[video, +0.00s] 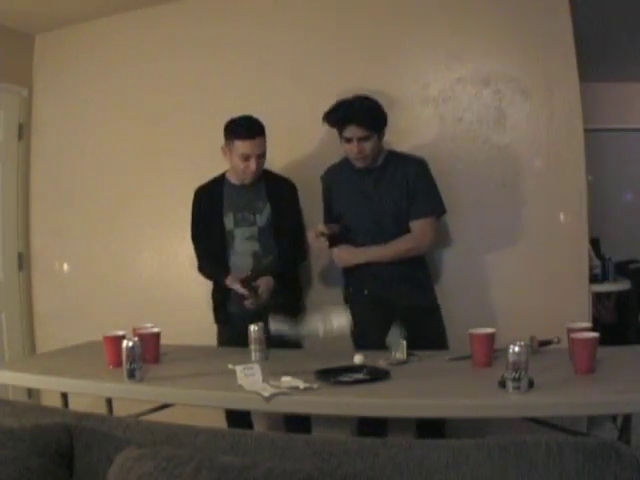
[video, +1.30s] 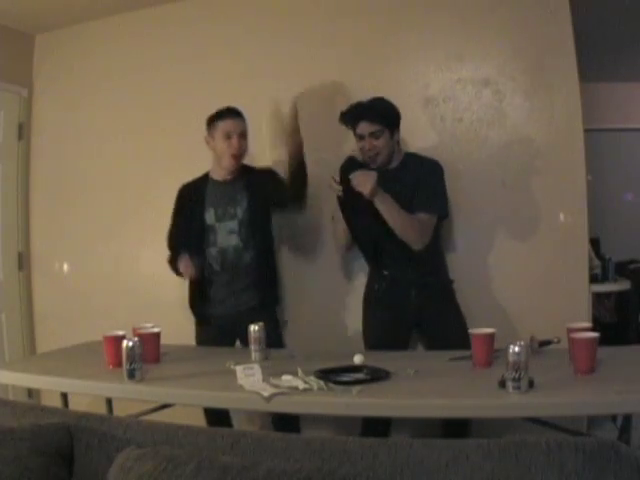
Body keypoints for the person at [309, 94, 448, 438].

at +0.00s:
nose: (356, 149)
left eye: (364, 140)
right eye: (348, 140)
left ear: (380, 135)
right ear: (340, 138)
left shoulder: (412, 170)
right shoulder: (334, 178)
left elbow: (424, 239)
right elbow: (338, 231)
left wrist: (359, 255)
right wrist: (326, 235)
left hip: (413, 292)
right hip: (365, 295)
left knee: (431, 379)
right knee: (368, 385)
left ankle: (433, 468)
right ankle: (369, 469)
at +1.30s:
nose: (367, 146)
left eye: (376, 136)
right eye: (360, 138)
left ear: (395, 134)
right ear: (354, 139)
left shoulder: (426, 170)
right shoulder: (353, 173)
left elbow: (419, 237)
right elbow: (350, 238)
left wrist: (376, 193)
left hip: (431, 290)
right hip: (383, 293)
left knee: (458, 376)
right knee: (378, 384)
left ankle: (458, 467)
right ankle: (369, 472)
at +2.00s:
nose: (369, 136)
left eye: (376, 128)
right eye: (364, 130)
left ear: (396, 132)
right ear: (358, 137)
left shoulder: (426, 169)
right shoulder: (362, 179)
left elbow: (424, 226)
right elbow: (323, 194)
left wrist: (390, 174)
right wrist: (329, 136)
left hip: (435, 291)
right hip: (387, 294)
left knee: (457, 379)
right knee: (380, 383)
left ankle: (452, 468)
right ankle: (368, 472)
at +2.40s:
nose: (382, 137)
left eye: (390, 127)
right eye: (377, 131)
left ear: (412, 129)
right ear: (372, 136)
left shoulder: (437, 164)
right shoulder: (366, 173)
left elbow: (415, 177)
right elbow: (322, 159)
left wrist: (368, 124)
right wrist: (333, 105)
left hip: (435, 287)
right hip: (388, 289)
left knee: (448, 378)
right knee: (380, 379)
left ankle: (444, 463)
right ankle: (369, 463)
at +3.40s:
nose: (373, 140)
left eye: (378, 132)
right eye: (363, 132)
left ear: (393, 142)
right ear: (354, 142)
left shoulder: (409, 175)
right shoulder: (347, 183)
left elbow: (440, 190)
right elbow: (305, 192)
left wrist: (412, 132)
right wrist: (306, 134)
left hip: (408, 290)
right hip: (357, 293)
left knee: (427, 381)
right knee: (346, 385)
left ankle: (438, 469)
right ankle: (340, 469)